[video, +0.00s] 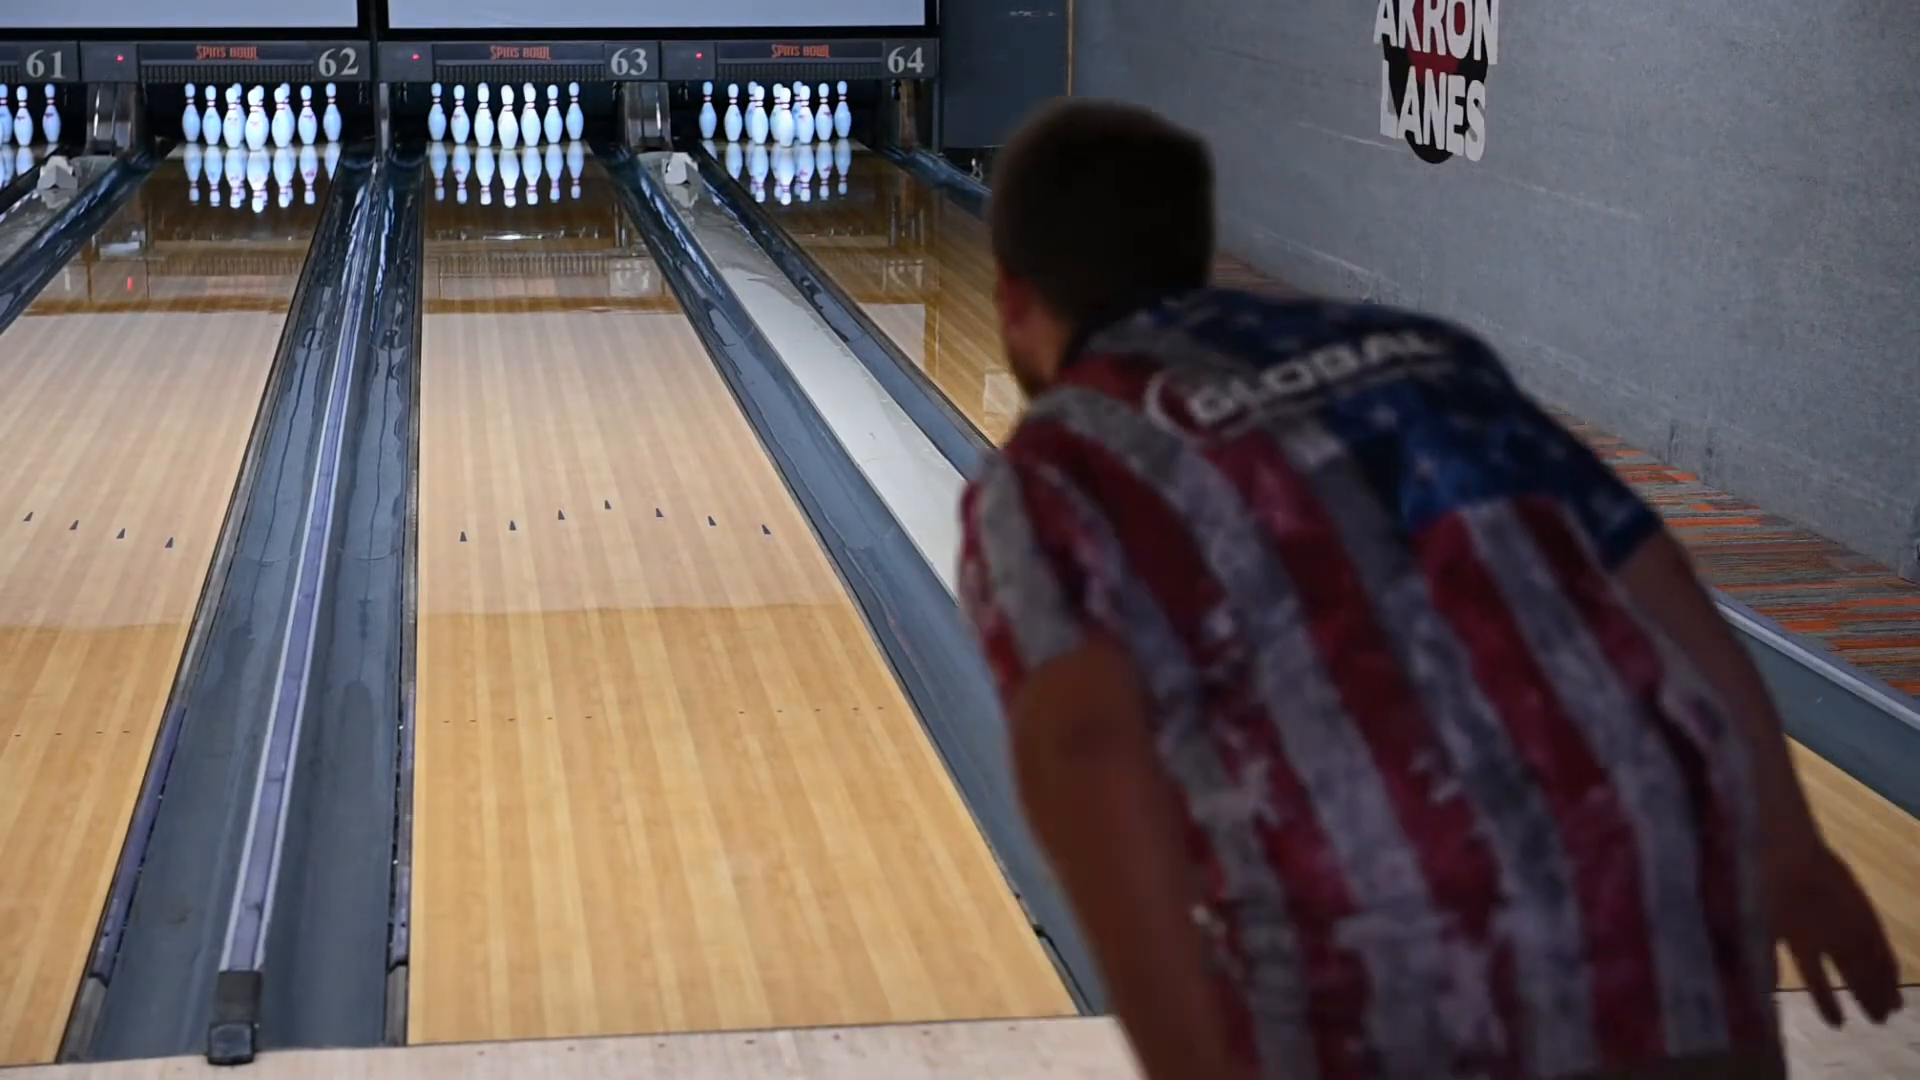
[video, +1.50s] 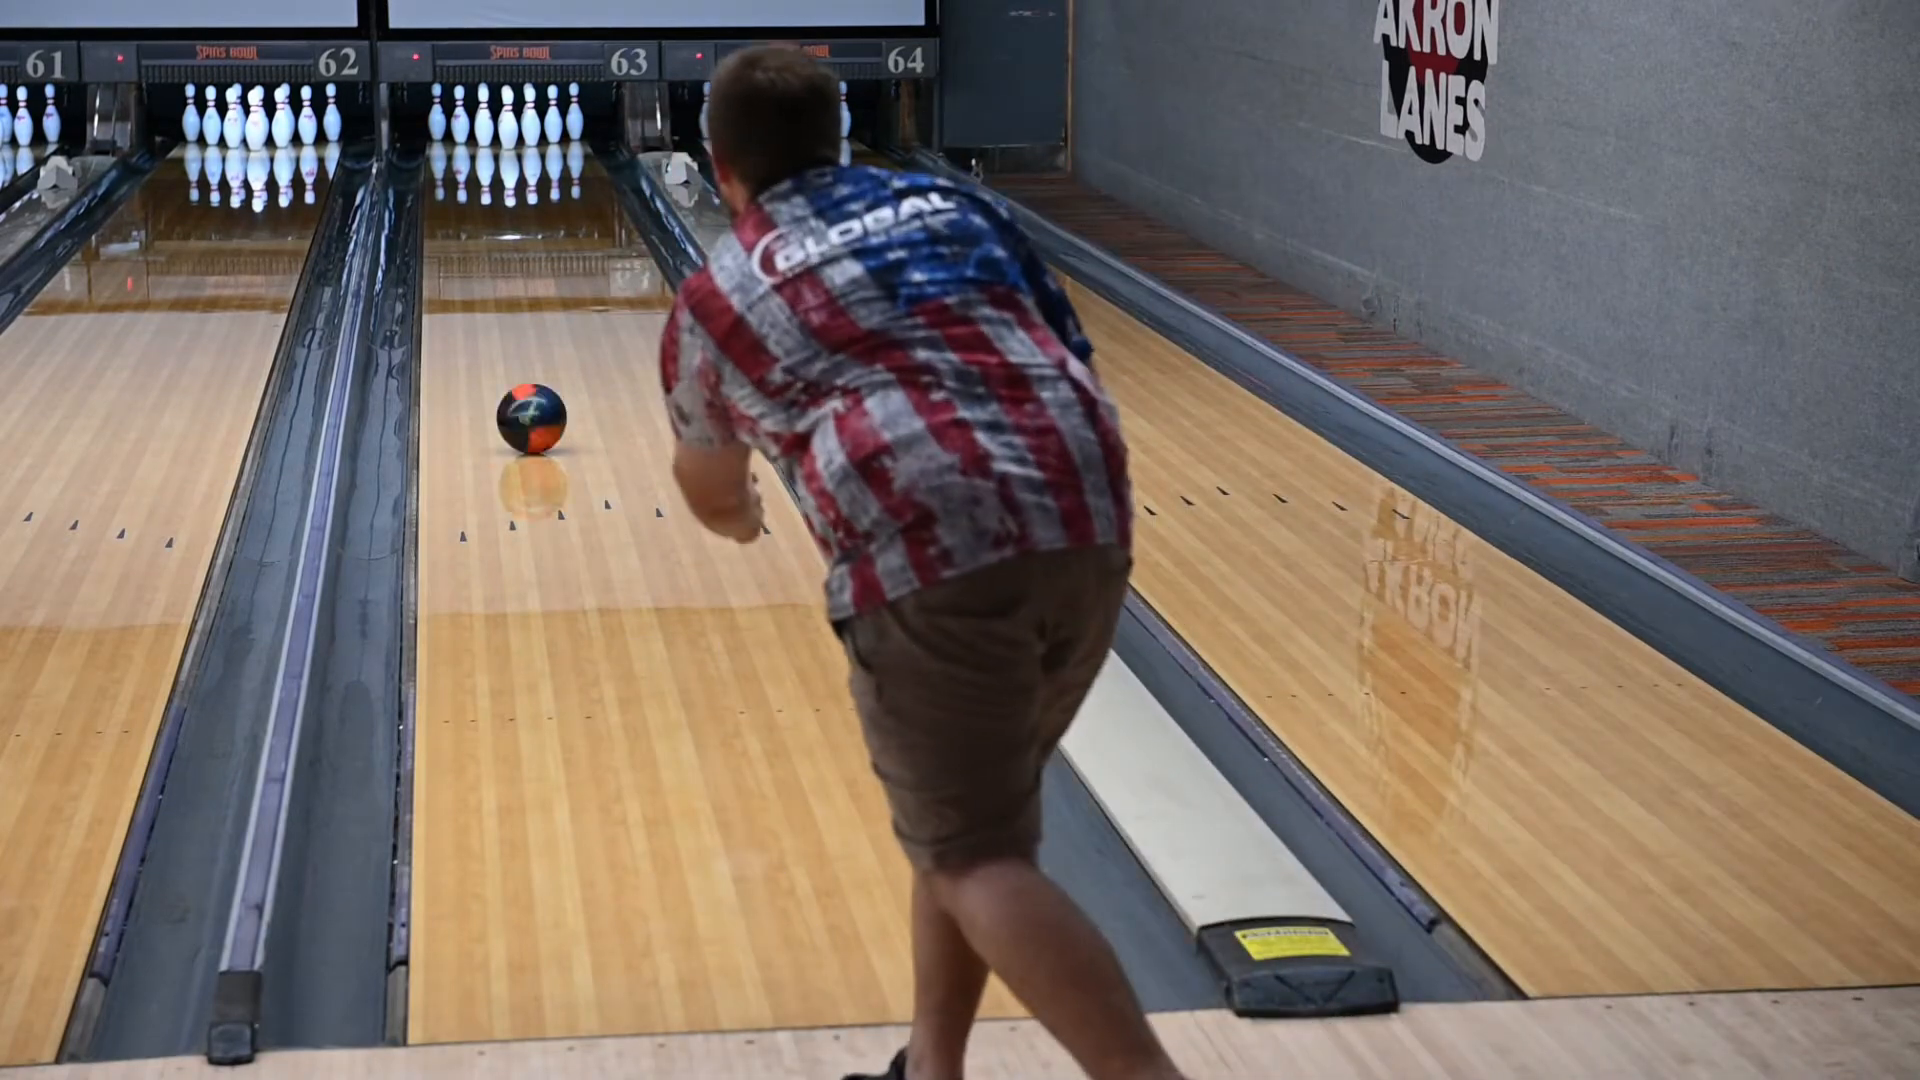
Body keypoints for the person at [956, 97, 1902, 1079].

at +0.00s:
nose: (998, 312)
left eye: (998, 288)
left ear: (1018, 298)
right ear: (1203, 256)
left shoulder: (1043, 474)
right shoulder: (1414, 340)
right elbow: (1664, 583)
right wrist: (1788, 838)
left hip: (1377, 965)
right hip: (1677, 891)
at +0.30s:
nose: (866, 315)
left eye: (867, 299)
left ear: (885, 290)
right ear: (1034, 220)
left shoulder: (925, 356)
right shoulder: (1202, 282)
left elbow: (1058, 261)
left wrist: (1161, 128)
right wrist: (1180, 124)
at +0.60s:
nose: (747, 457)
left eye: (740, 438)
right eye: (746, 439)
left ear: (754, 435)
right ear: (882, 383)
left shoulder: (800, 514)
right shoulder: (997, 425)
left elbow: (914, 590)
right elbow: (1190, 452)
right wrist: (1333, 494)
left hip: (1141, 812)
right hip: (1283, 731)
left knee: (1149, 1063)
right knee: (1061, 1023)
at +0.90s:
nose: (731, 382)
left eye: (730, 365)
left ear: (739, 366)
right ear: (855, 317)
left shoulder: (743, 455)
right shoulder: (969, 341)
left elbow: (701, 575)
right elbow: (1145, 467)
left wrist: (754, 462)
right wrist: (1192, 633)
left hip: (995, 689)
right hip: (1142, 615)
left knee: (1143, 962)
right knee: (985, 824)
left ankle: (1407, 1071)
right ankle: (931, 1069)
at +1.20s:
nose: (723, 205)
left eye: (722, 188)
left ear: (725, 189)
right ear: (842, 159)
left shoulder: (728, 273)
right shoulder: (946, 212)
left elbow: (606, 331)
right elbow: (1055, 338)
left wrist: (627, 185)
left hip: (955, 539)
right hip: (1109, 508)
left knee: (1032, 838)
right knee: (978, 809)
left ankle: (1244, 1068)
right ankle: (939, 1068)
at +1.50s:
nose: (714, 178)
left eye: (713, 163)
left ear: (724, 170)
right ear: (840, 140)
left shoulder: (717, 295)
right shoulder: (958, 202)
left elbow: (715, 487)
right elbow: (1067, 348)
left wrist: (733, 514)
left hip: (931, 554)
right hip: (1092, 525)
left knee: (975, 856)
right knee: (973, 825)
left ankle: (1145, 1072)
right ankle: (931, 1069)